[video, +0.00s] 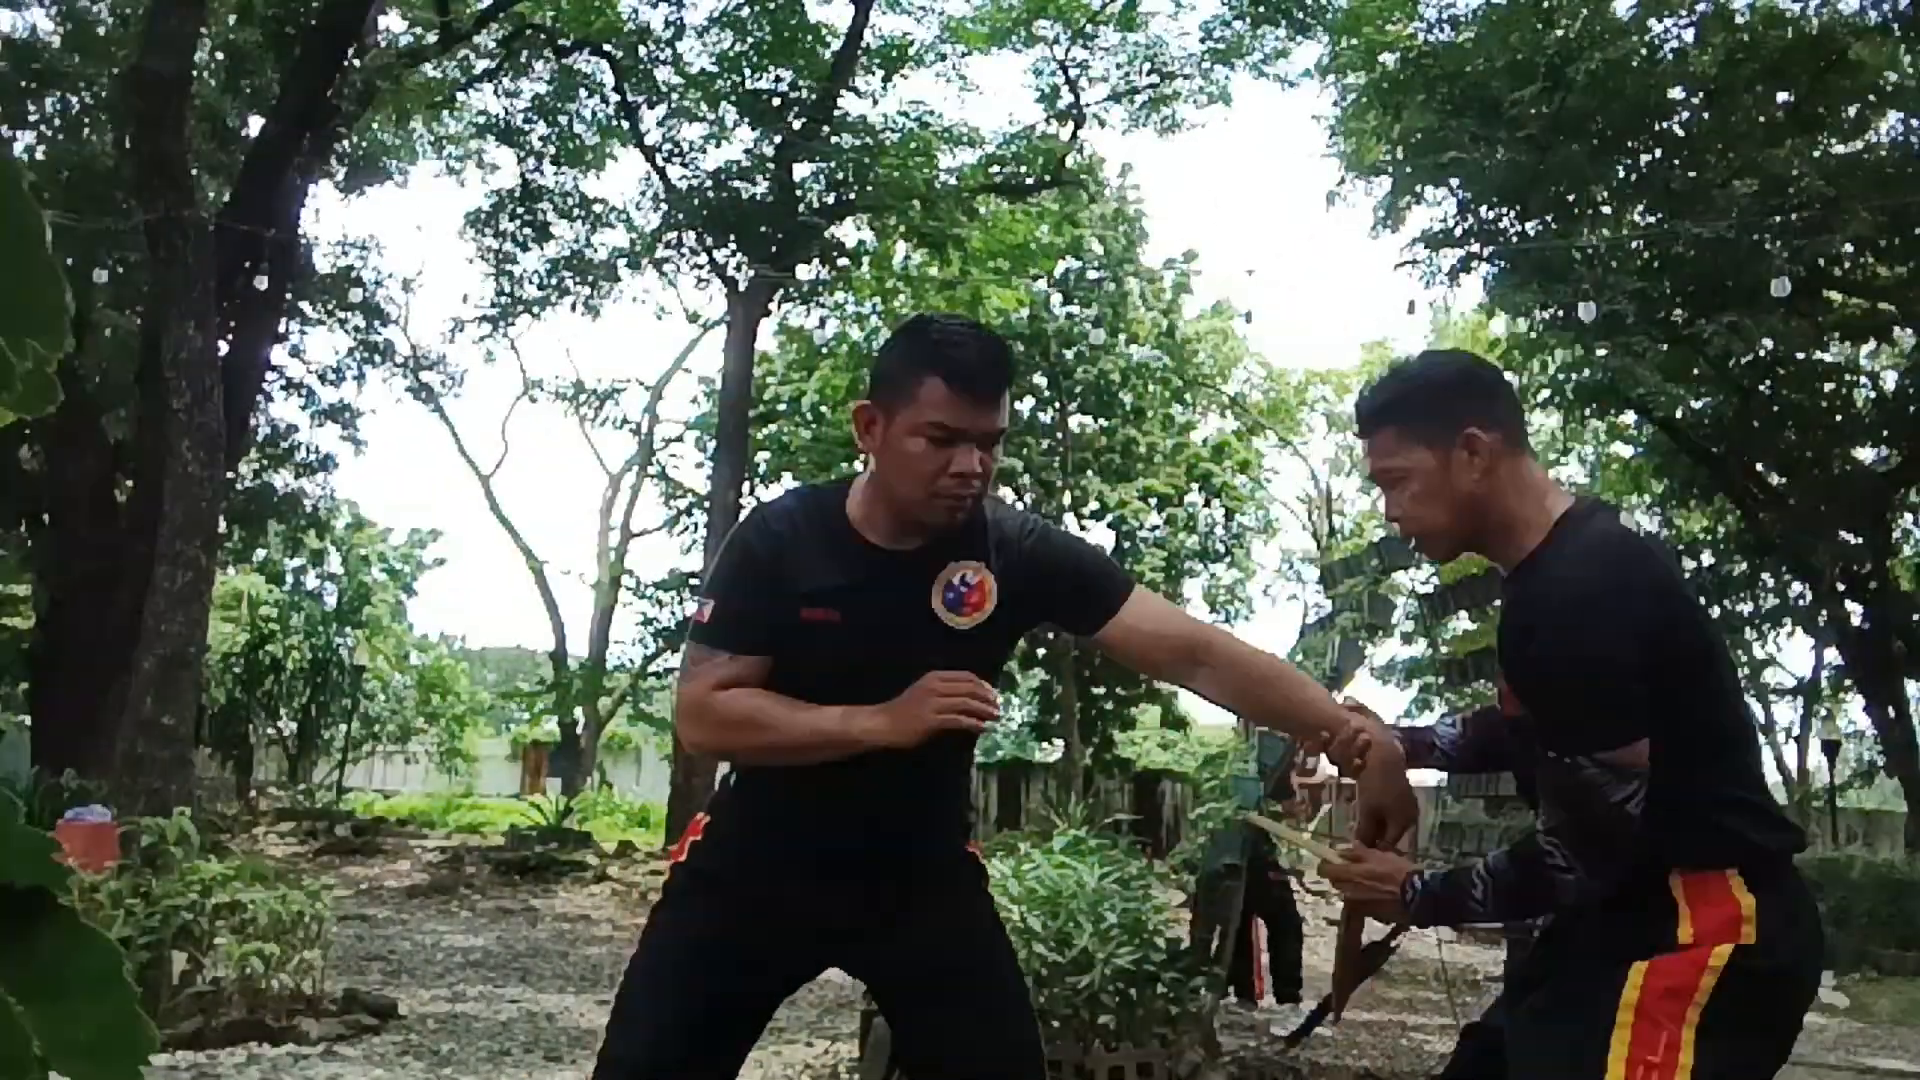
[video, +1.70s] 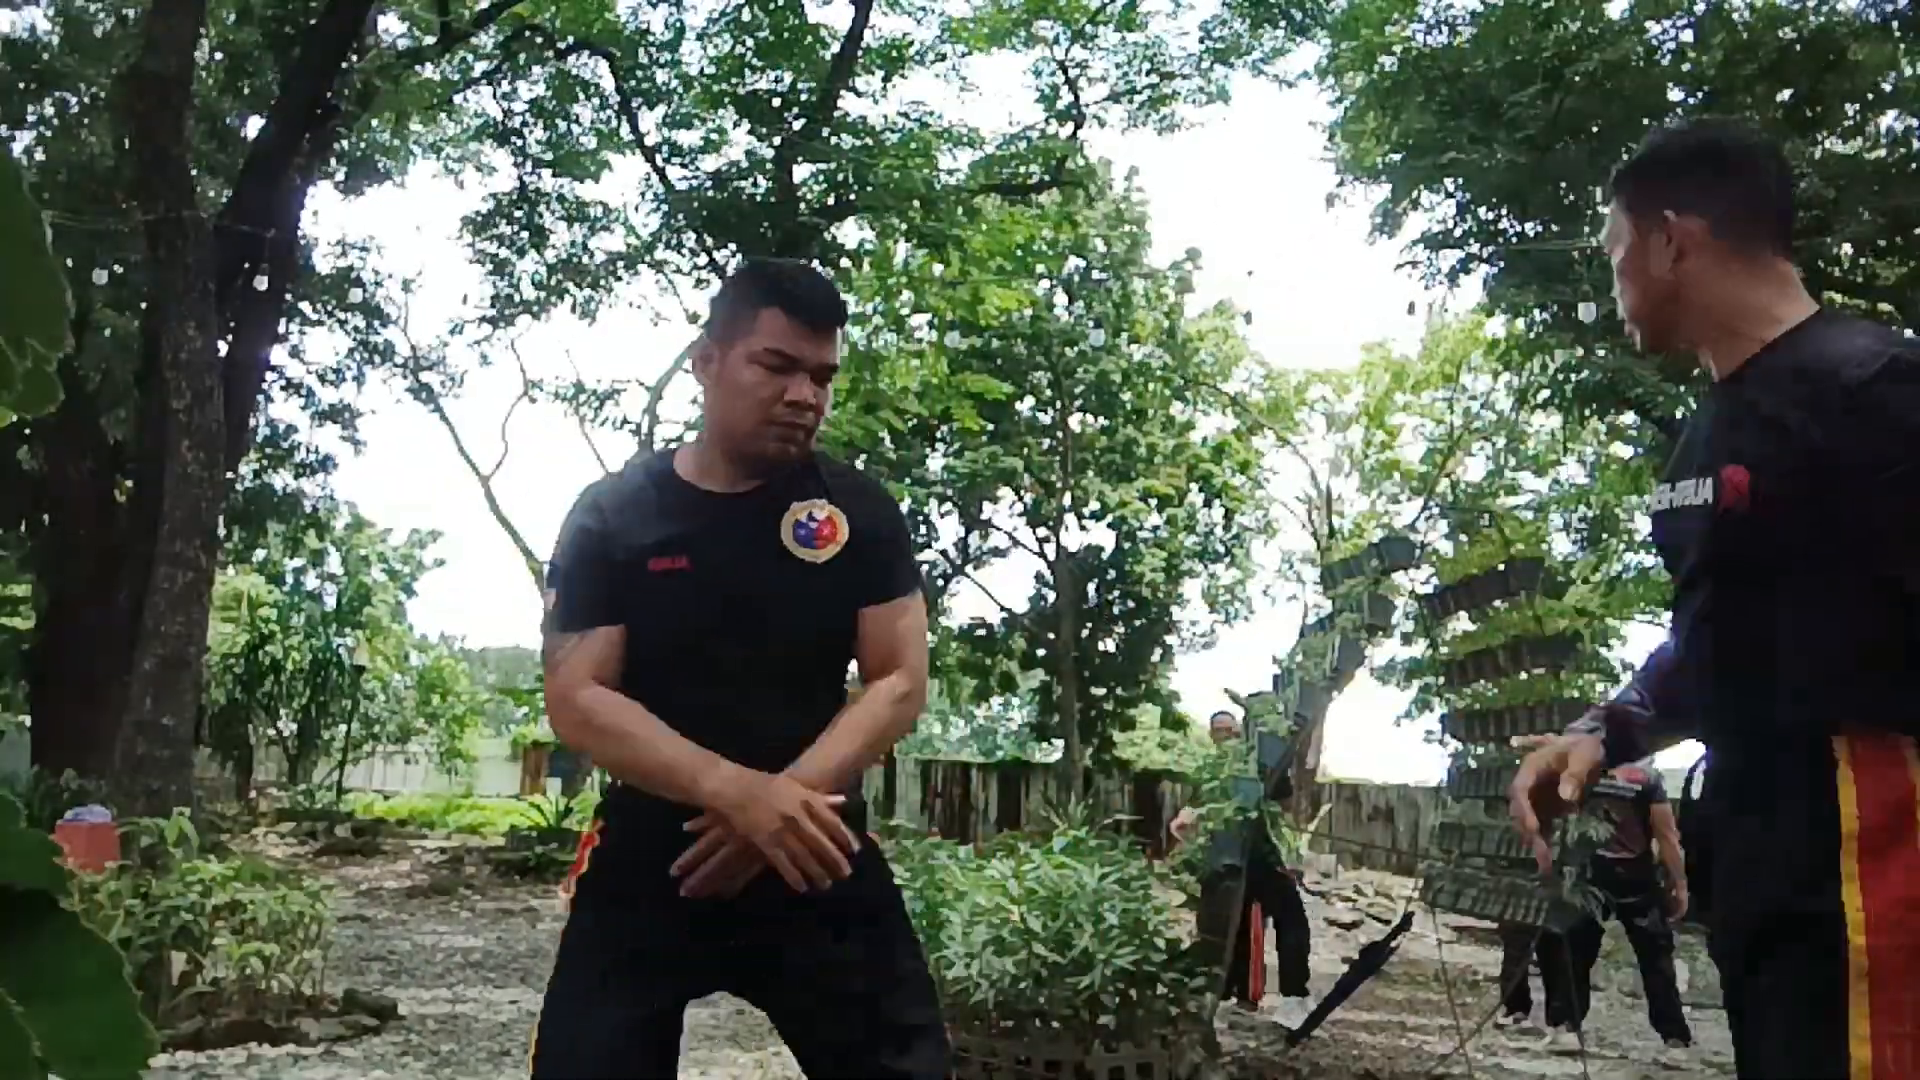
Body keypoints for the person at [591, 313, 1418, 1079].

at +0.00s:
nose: (972, 467)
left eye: (988, 443)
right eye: (945, 441)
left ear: (1004, 440)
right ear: (870, 429)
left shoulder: (1015, 555)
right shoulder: (774, 544)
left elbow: (1191, 651)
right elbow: (702, 718)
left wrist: (1358, 734)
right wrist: (880, 721)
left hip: (927, 885)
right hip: (752, 874)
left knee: (997, 1067)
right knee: (641, 1068)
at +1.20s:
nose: (878, 446)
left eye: (901, 420)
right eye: (848, 418)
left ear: (925, 420)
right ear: (789, 415)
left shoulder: (965, 546)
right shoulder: (726, 537)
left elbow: (1110, 682)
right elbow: (673, 714)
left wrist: (1239, 799)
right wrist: (842, 681)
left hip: (920, 886)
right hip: (747, 873)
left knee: (1009, 1073)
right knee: (615, 1066)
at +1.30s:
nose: (882, 438)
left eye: (904, 413)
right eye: (854, 411)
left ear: (926, 415)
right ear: (793, 410)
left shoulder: (969, 544)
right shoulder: (730, 531)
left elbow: (1094, 698)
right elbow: (675, 708)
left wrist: (1209, 856)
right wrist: (845, 678)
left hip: (923, 885)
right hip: (749, 873)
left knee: (1013, 1069)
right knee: (615, 1065)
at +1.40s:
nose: (882, 425)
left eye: (904, 402)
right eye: (852, 399)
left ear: (925, 407)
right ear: (791, 401)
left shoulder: (967, 538)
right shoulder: (730, 526)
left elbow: (1056, 714)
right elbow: (671, 701)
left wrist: (1125, 899)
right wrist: (843, 674)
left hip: (921, 873)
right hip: (755, 865)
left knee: (1011, 1068)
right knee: (620, 1063)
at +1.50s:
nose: (873, 415)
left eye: (895, 392)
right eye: (844, 388)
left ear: (914, 398)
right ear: (783, 393)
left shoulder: (961, 533)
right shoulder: (716, 526)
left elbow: (1007, 722)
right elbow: (671, 702)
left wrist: (1024, 913)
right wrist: (842, 671)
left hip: (917, 867)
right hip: (754, 862)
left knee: (1003, 1060)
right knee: (621, 1062)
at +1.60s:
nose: (845, 407)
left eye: (863, 384)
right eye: (816, 378)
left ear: (880, 391)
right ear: (750, 380)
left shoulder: (924, 520)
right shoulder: (679, 529)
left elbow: (957, 705)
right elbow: (651, 710)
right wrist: (834, 709)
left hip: (894, 865)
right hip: (722, 867)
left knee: (986, 1065)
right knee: (605, 1066)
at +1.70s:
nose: (802, 396)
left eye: (821, 376)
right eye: (776, 366)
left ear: (834, 384)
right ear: (706, 361)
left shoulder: (858, 510)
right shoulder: (614, 512)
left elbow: (899, 684)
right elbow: (574, 700)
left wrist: (778, 809)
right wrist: (736, 790)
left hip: (818, 866)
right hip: (646, 867)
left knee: (904, 1062)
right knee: (582, 1063)